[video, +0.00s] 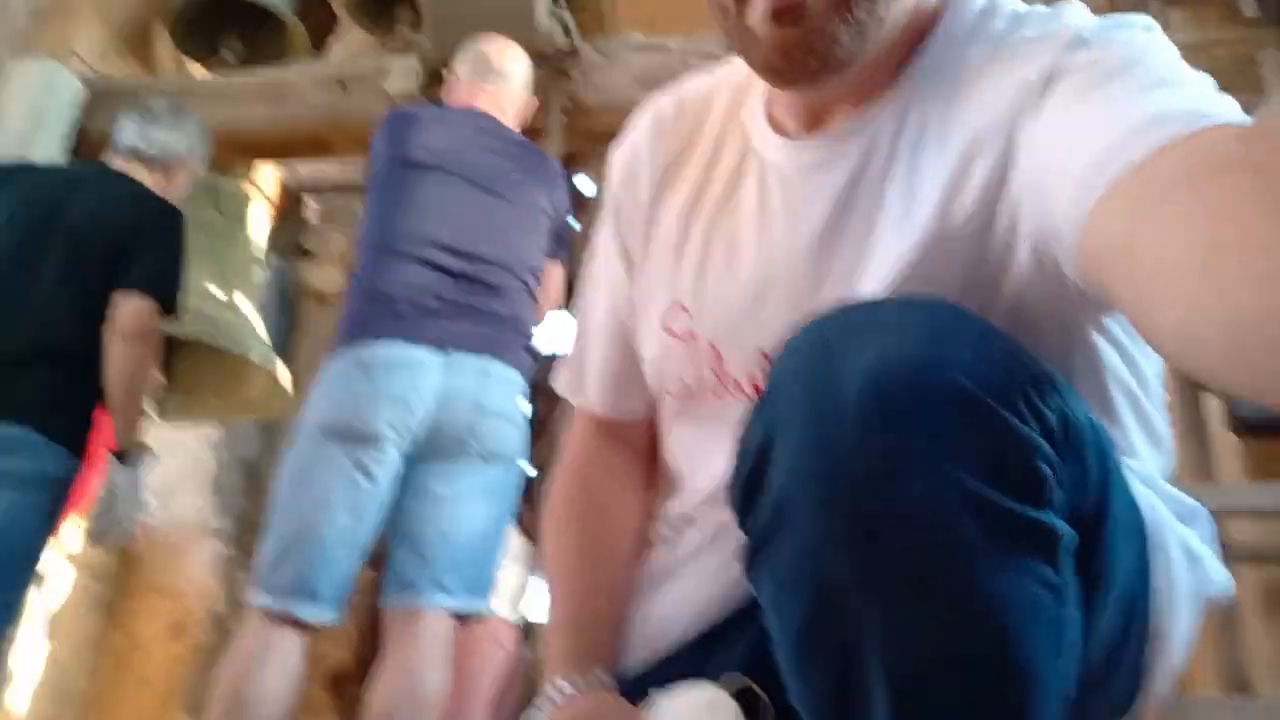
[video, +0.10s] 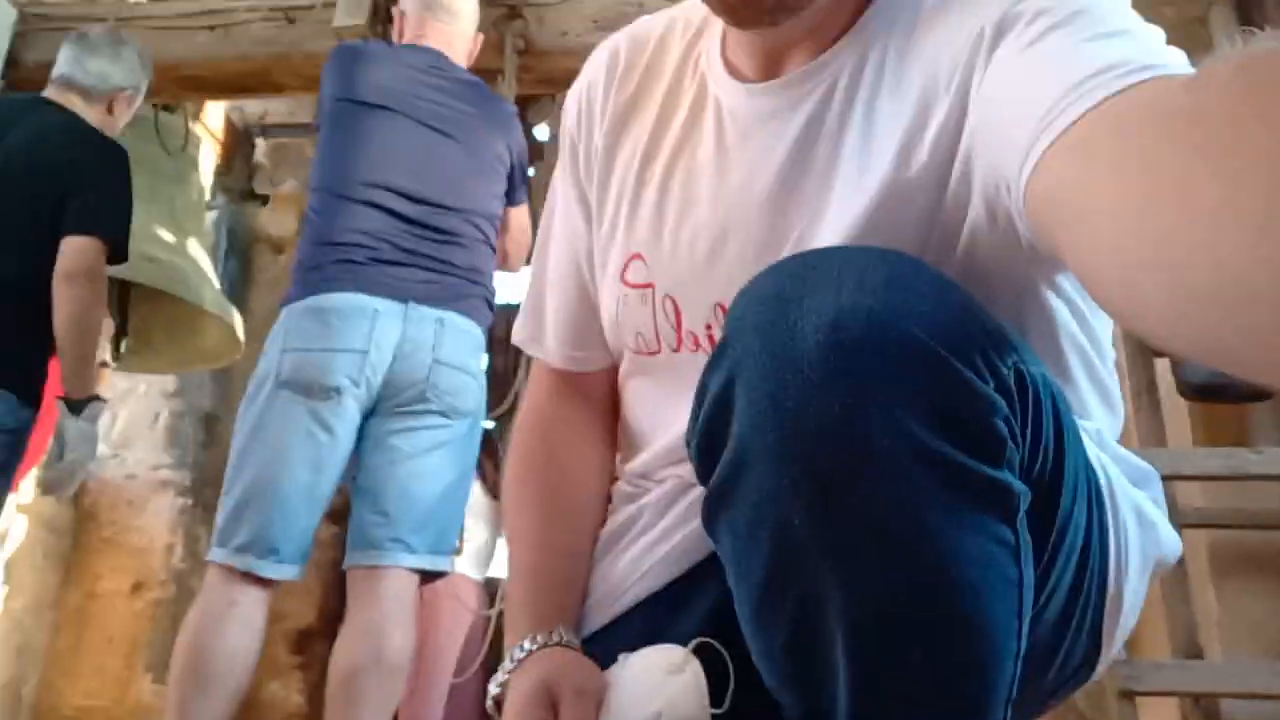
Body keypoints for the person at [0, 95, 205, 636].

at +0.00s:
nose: (187, 194)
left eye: (192, 183)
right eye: (191, 181)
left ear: (113, 147)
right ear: (177, 169)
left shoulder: (22, 183)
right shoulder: (153, 216)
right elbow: (131, 322)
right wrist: (126, 446)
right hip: (34, 439)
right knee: (1, 610)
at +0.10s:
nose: (127, 125)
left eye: (133, 115)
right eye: (133, 113)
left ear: (56, 75)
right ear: (120, 103)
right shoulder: (97, 155)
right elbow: (77, 274)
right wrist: (81, 403)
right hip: (13, 392)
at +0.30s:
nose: (114, 125)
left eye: (120, 114)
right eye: (121, 111)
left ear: (46, 74)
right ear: (106, 100)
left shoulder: (6, 107)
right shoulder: (86, 152)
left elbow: (63, 271)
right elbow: (67, 273)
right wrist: (71, 403)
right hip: (9, 389)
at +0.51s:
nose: (140, 112)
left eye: (145, 102)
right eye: (145, 101)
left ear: (69, 66)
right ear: (131, 91)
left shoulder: (9, 100)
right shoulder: (111, 143)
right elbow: (93, 264)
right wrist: (100, 388)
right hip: (18, 381)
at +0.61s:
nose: (201, 182)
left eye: (205, 171)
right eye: (204, 169)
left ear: (126, 140)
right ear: (192, 160)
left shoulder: (28, 177)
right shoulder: (170, 215)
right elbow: (157, 330)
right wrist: (162, 453)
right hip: (64, 441)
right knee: (23, 628)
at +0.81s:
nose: (219, 233)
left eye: (222, 220)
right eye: (221, 219)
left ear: (144, 196)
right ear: (208, 212)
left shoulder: (54, 228)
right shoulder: (186, 267)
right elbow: (166, 378)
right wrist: (166, 505)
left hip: (3, 457)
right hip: (73, 485)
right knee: (19, 669)